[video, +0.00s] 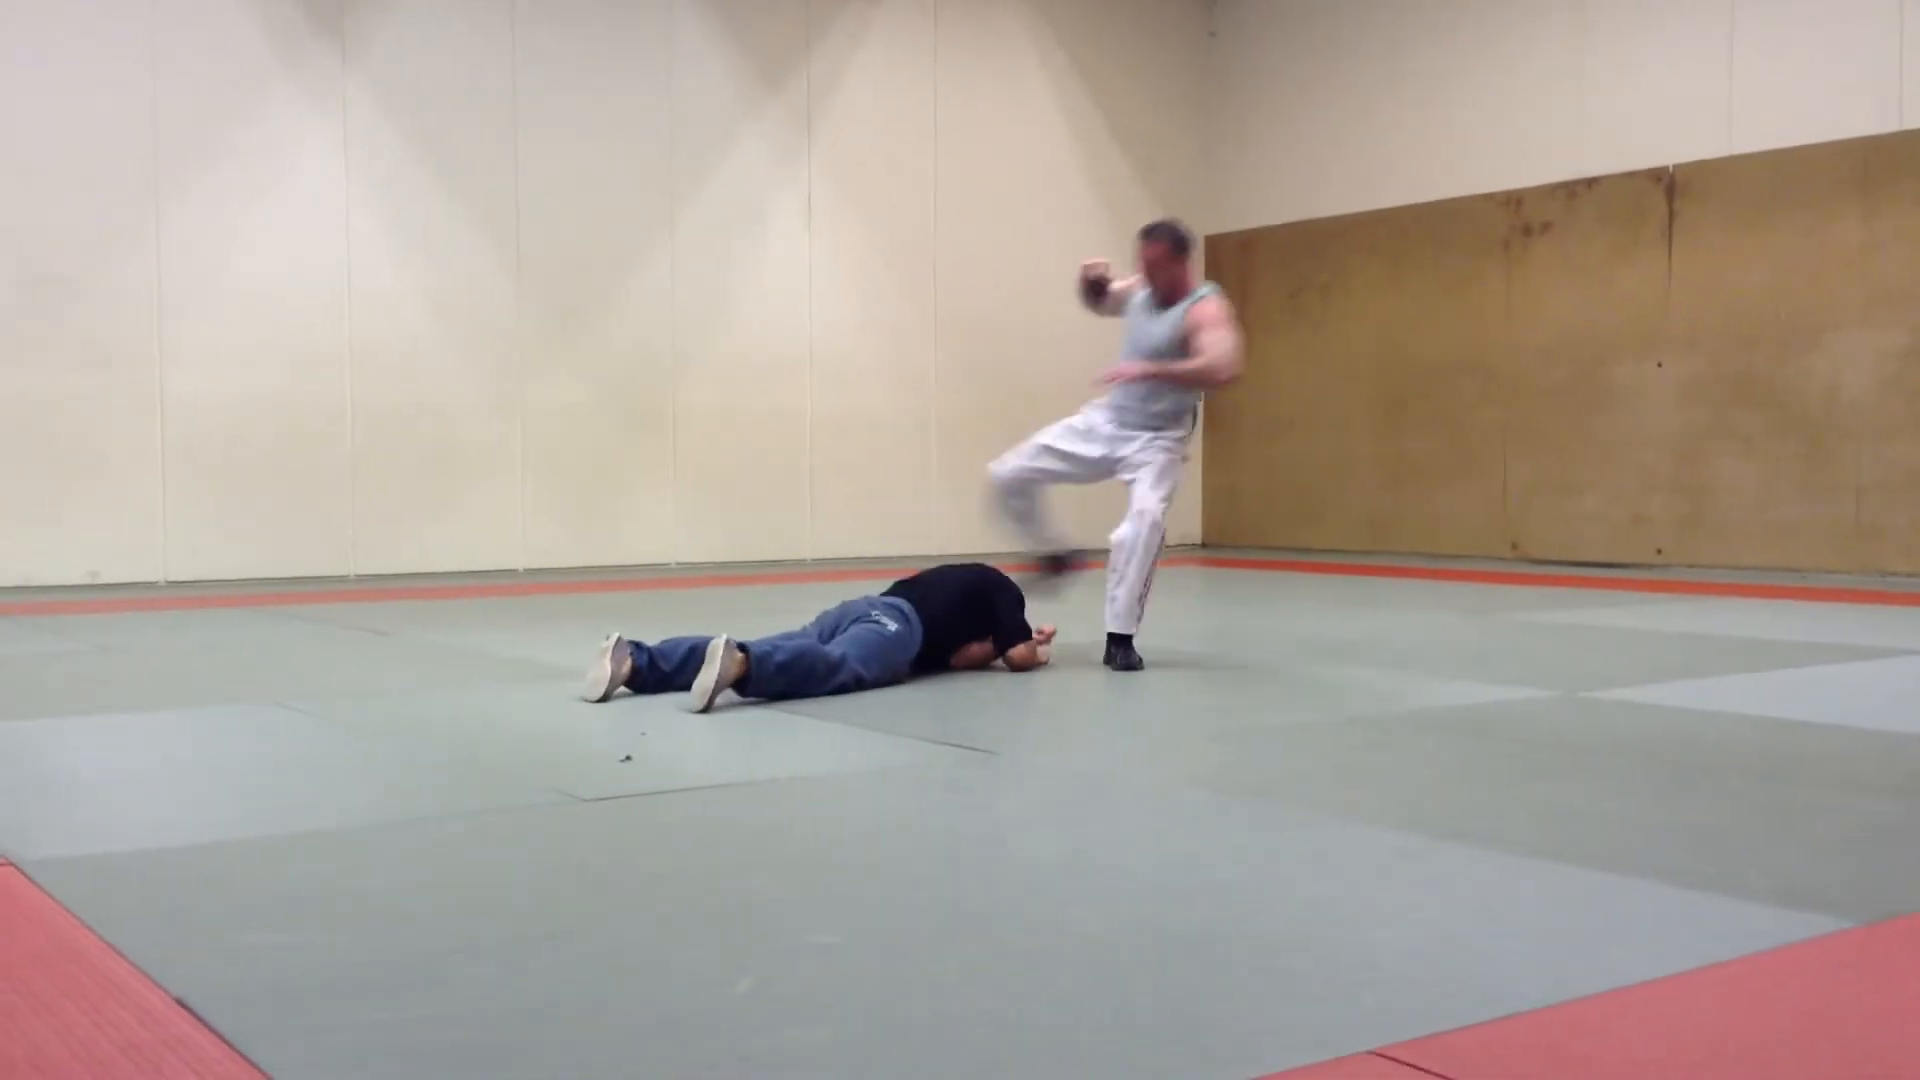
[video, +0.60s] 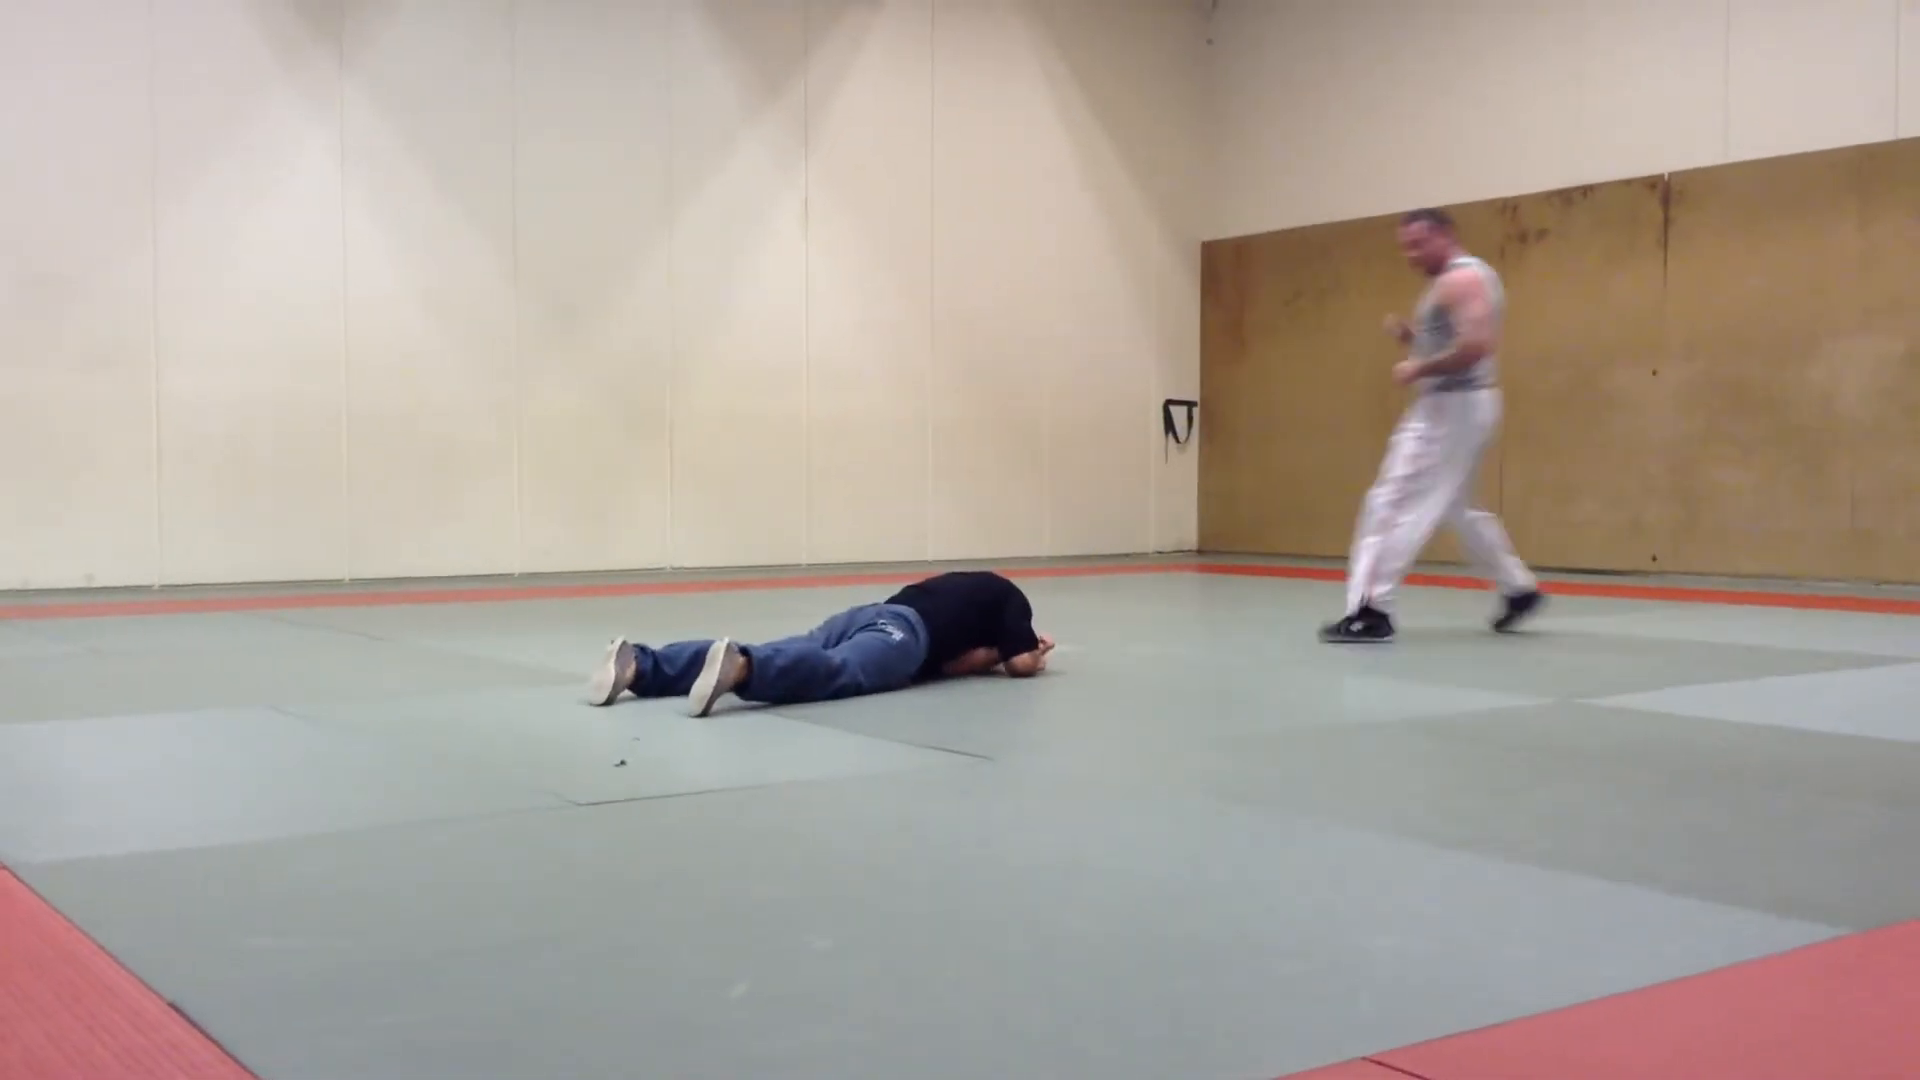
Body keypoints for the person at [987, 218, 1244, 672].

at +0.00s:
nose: (1148, 275)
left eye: (1156, 266)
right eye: (1146, 266)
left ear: (1183, 262)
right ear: (1144, 262)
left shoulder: (1207, 306)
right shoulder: (1143, 288)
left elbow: (1222, 364)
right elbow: (1103, 303)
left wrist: (1149, 370)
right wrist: (1093, 284)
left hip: (1158, 442)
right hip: (1105, 425)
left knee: (1144, 525)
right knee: (1008, 477)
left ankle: (1120, 637)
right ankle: (1054, 553)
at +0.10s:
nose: (1186, 246)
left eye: (1194, 237)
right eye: (1183, 237)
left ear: (1222, 232)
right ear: (1182, 235)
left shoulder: (1251, 280)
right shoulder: (1181, 271)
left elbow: (1281, 345)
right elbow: (1146, 297)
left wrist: (1219, 344)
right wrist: (1109, 300)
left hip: (1198, 416)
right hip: (1154, 406)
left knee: (1170, 516)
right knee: (1097, 490)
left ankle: (1146, 624)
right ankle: (1168, 574)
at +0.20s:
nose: (1223, 239)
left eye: (1231, 230)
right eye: (1219, 230)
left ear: (1259, 227)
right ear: (1220, 231)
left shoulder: (1285, 279)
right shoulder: (1221, 280)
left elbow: (1294, 343)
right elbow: (1200, 337)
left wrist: (1237, 313)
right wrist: (1165, 363)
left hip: (1250, 411)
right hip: (1209, 409)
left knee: (1206, 501)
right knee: (1175, 508)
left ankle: (1226, 605)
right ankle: (1205, 614)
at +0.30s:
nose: (1262, 236)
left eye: (1270, 225)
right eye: (1258, 227)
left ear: (1296, 223)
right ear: (1259, 229)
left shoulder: (1320, 264)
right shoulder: (1278, 275)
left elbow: (1307, 320)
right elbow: (1285, 340)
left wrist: (1249, 299)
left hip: (1302, 403)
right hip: (1261, 402)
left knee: (1266, 508)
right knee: (1225, 503)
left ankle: (1319, 575)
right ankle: (1206, 613)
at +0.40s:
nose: (1302, 246)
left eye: (1309, 236)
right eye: (1301, 236)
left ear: (1336, 230)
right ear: (1325, 233)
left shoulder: (1358, 270)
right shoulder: (1332, 273)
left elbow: (1345, 325)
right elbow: (1335, 334)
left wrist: (1279, 335)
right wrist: (1292, 340)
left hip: (1354, 408)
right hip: (1322, 406)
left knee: (1322, 516)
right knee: (1274, 495)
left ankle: (1365, 606)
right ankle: (1273, 601)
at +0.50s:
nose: (1358, 260)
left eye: (1364, 248)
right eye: (1354, 251)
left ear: (1390, 243)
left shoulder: (1403, 286)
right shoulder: (1414, 280)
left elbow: (1408, 348)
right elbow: (1396, 317)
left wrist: (1357, 378)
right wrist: (1366, 318)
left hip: (1396, 413)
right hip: (1413, 411)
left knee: (1340, 514)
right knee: (1372, 509)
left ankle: (1368, 616)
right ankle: (1421, 581)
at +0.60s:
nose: (1412, 255)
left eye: (1418, 244)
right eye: (1407, 247)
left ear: (1443, 236)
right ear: (1412, 245)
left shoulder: (1463, 279)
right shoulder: (1459, 277)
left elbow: (1475, 346)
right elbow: (1454, 345)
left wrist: (1421, 368)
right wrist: (1411, 336)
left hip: (1449, 405)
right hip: (1467, 403)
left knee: (1392, 500)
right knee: (1451, 503)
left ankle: (1370, 609)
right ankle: (1519, 587)